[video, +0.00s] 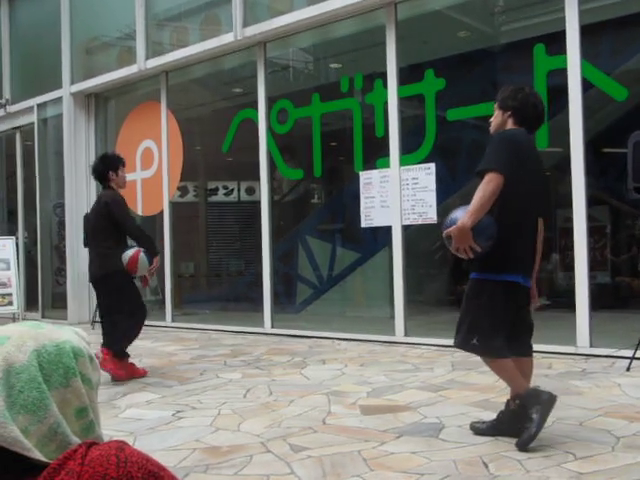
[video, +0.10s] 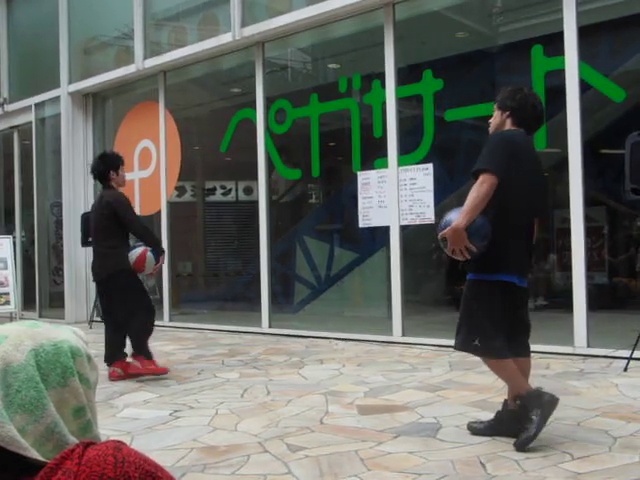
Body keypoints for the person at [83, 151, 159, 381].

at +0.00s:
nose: (125, 177)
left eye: (124, 172)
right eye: (122, 172)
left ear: (107, 177)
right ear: (112, 176)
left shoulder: (97, 205)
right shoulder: (113, 199)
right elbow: (131, 228)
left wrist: (121, 258)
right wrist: (153, 251)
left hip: (99, 270)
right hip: (113, 269)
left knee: (111, 313)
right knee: (137, 310)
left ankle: (120, 363)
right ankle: (111, 353)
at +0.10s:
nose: (125, 175)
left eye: (124, 170)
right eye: (122, 171)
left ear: (106, 176)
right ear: (112, 175)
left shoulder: (102, 200)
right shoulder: (116, 198)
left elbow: (110, 238)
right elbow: (135, 225)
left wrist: (130, 260)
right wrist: (157, 247)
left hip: (103, 268)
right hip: (118, 267)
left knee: (115, 315)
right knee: (144, 309)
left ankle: (116, 362)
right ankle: (142, 356)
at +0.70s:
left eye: (109, 177)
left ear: (110, 180)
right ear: (132, 180)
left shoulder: (100, 206)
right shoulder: (140, 207)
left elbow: (92, 240)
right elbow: (157, 236)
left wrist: (93, 267)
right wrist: (169, 259)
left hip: (105, 269)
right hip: (132, 270)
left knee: (109, 309)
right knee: (132, 309)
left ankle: (113, 343)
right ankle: (135, 350)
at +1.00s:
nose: (104, 176)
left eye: (106, 173)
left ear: (108, 176)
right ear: (129, 177)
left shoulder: (99, 203)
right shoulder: (137, 203)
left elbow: (95, 236)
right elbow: (147, 234)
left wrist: (102, 252)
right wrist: (148, 254)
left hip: (106, 266)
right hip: (131, 265)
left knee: (96, 306)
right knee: (130, 307)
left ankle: (94, 347)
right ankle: (132, 349)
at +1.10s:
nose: (124, 178)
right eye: (123, 175)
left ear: (103, 179)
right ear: (124, 178)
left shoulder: (97, 205)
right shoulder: (133, 204)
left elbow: (93, 237)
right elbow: (143, 238)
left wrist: (105, 247)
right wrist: (132, 252)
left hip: (103, 264)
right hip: (128, 265)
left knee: (96, 303)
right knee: (129, 306)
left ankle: (89, 343)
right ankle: (131, 349)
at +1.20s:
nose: (120, 179)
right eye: (119, 176)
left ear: (99, 180)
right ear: (119, 178)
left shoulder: (94, 205)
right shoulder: (129, 204)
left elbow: (88, 232)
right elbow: (138, 236)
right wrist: (131, 248)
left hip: (100, 265)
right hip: (125, 266)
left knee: (92, 303)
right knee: (128, 305)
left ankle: (88, 344)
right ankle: (130, 348)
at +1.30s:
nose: (117, 179)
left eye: (115, 175)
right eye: (115, 176)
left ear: (96, 181)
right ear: (111, 179)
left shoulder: (90, 204)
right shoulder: (119, 204)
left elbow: (92, 233)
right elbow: (131, 231)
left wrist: (123, 248)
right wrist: (135, 247)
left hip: (94, 266)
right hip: (117, 265)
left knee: (90, 304)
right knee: (126, 304)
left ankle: (90, 343)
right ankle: (129, 346)